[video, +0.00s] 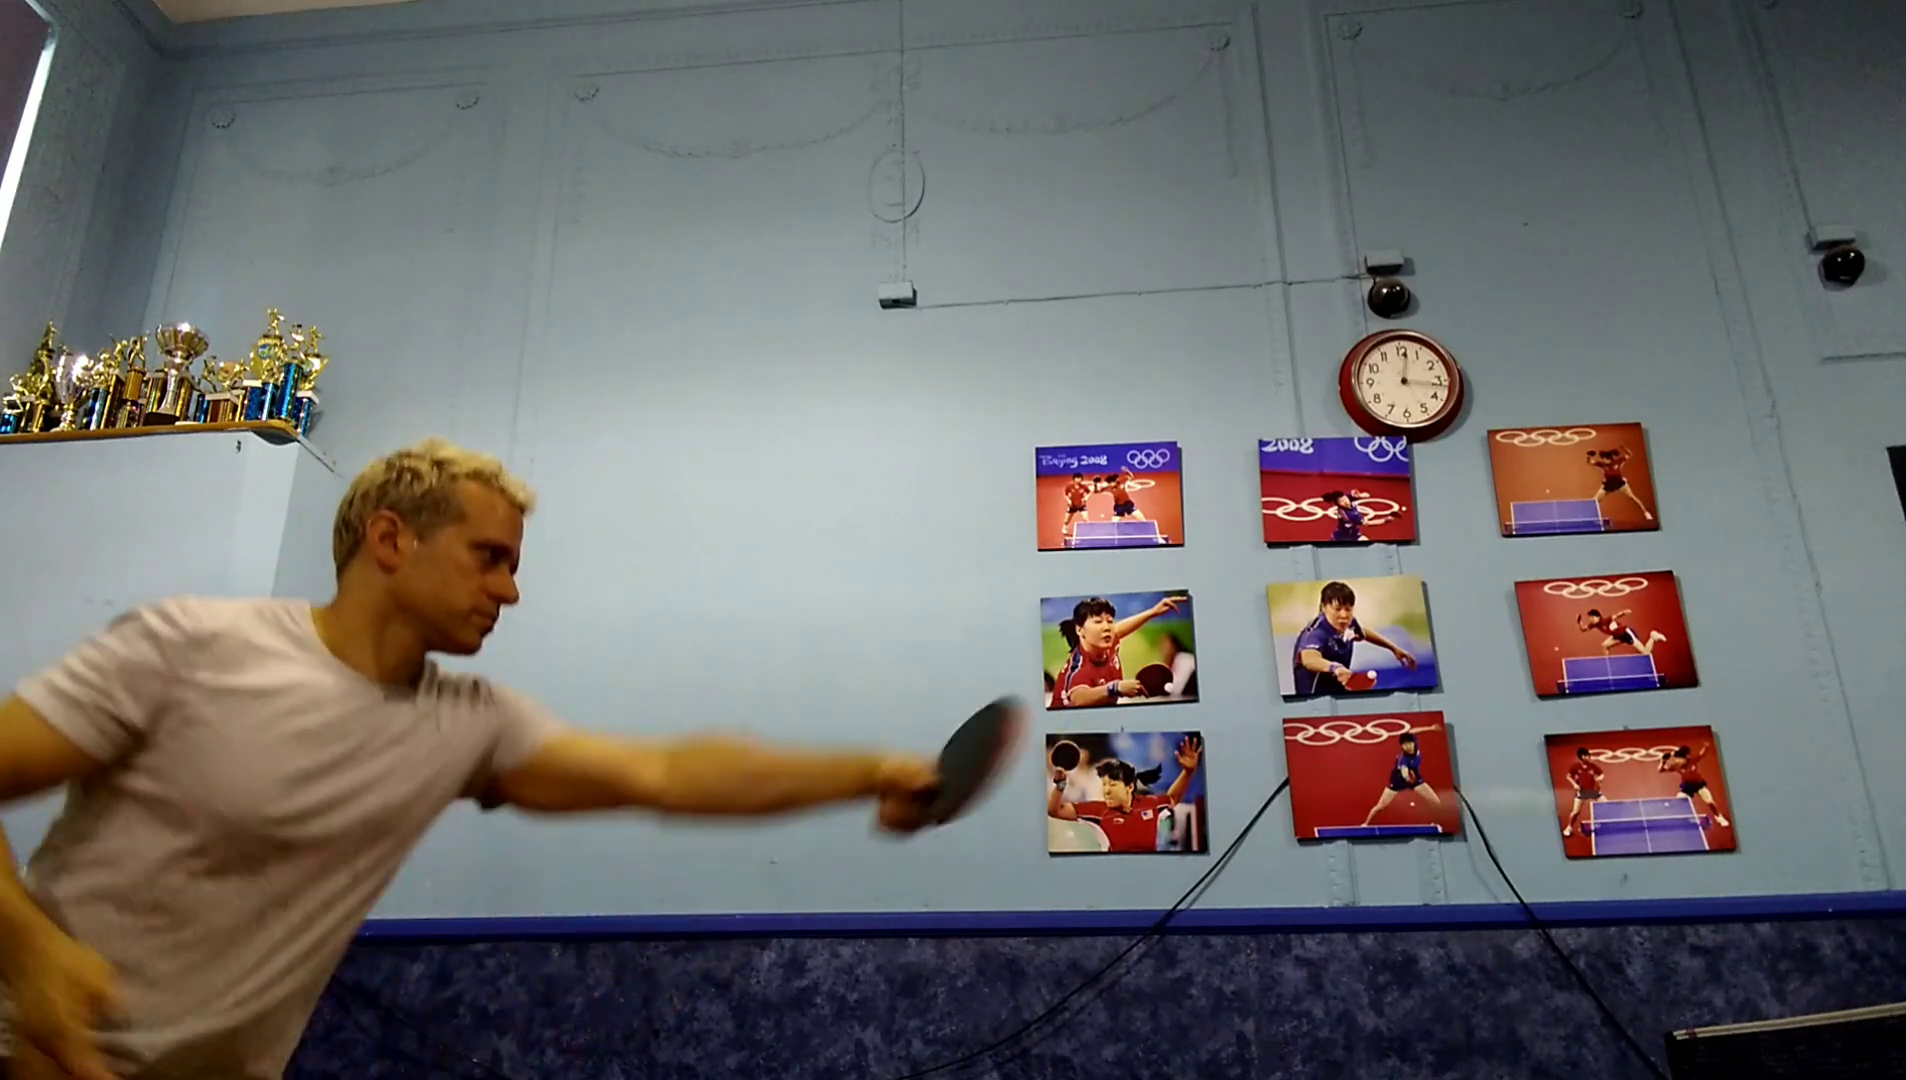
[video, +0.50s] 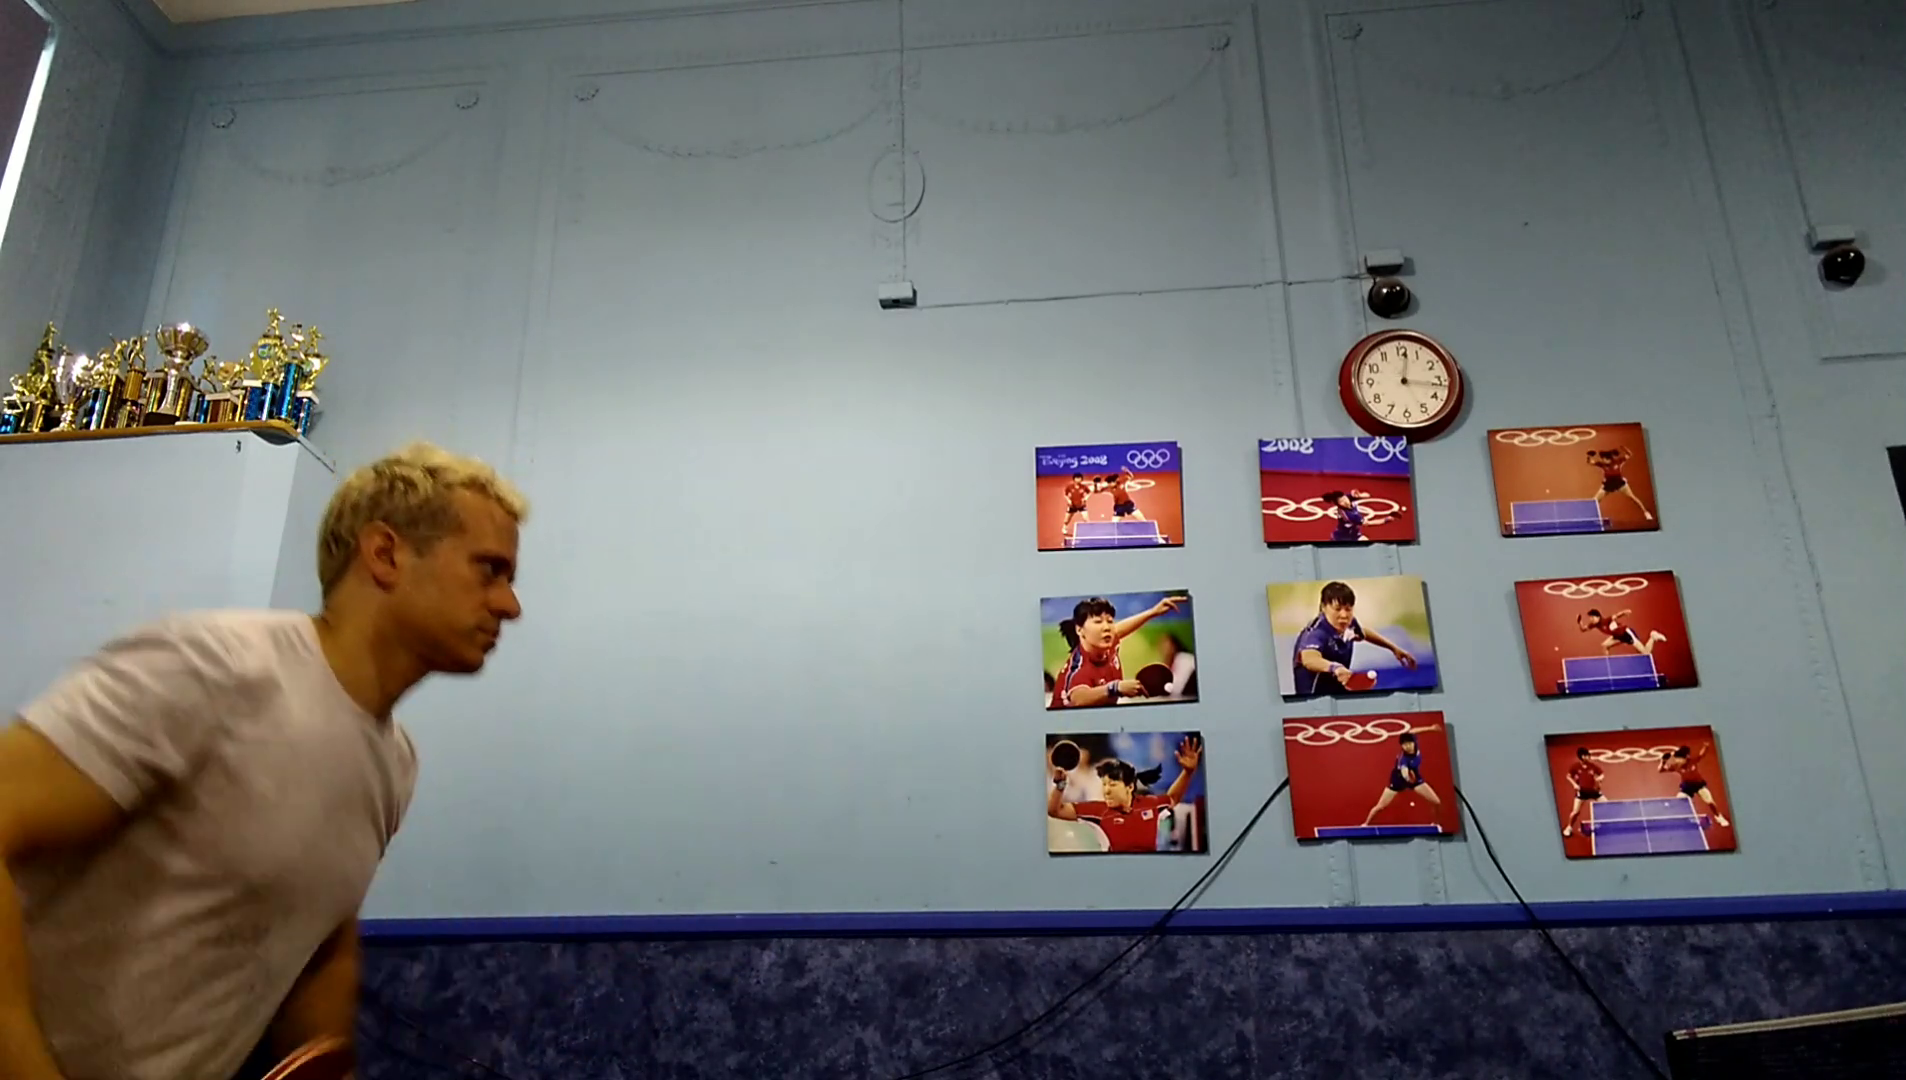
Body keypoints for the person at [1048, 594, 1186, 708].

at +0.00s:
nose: (1107, 628)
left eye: (1109, 622)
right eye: (1098, 622)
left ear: (1114, 626)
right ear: (1080, 630)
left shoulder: (1109, 645)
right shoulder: (1079, 667)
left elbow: (1118, 630)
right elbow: (1078, 698)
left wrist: (1154, 612)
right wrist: (1115, 687)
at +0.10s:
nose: (1106, 628)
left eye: (1109, 621)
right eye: (1098, 622)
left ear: (1114, 626)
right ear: (1080, 630)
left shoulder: (1109, 645)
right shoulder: (1079, 666)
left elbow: (1118, 631)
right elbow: (1078, 698)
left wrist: (1154, 612)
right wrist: (1115, 687)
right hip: (1069, 730)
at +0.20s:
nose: (1107, 628)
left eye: (1109, 622)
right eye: (1098, 622)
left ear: (1114, 626)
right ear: (1080, 630)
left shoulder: (1109, 645)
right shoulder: (1079, 667)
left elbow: (1118, 630)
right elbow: (1078, 698)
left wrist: (1154, 611)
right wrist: (1115, 687)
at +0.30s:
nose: (1107, 628)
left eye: (1109, 622)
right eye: (1098, 622)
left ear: (1114, 626)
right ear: (1080, 630)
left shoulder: (1109, 645)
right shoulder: (1079, 667)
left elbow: (1118, 630)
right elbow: (1078, 698)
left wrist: (1154, 611)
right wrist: (1115, 687)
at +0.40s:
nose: (1107, 628)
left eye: (1109, 622)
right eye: (1098, 622)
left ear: (1114, 626)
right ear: (1080, 630)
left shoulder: (1109, 645)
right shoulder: (1079, 667)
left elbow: (1118, 630)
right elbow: (1078, 698)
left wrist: (1154, 611)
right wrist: (1115, 687)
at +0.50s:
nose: (1107, 628)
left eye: (1110, 622)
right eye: (1098, 622)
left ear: (1114, 626)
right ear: (1080, 630)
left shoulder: (1109, 645)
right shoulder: (1079, 667)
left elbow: (1118, 630)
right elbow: (1078, 698)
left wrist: (1154, 612)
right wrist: (1115, 687)